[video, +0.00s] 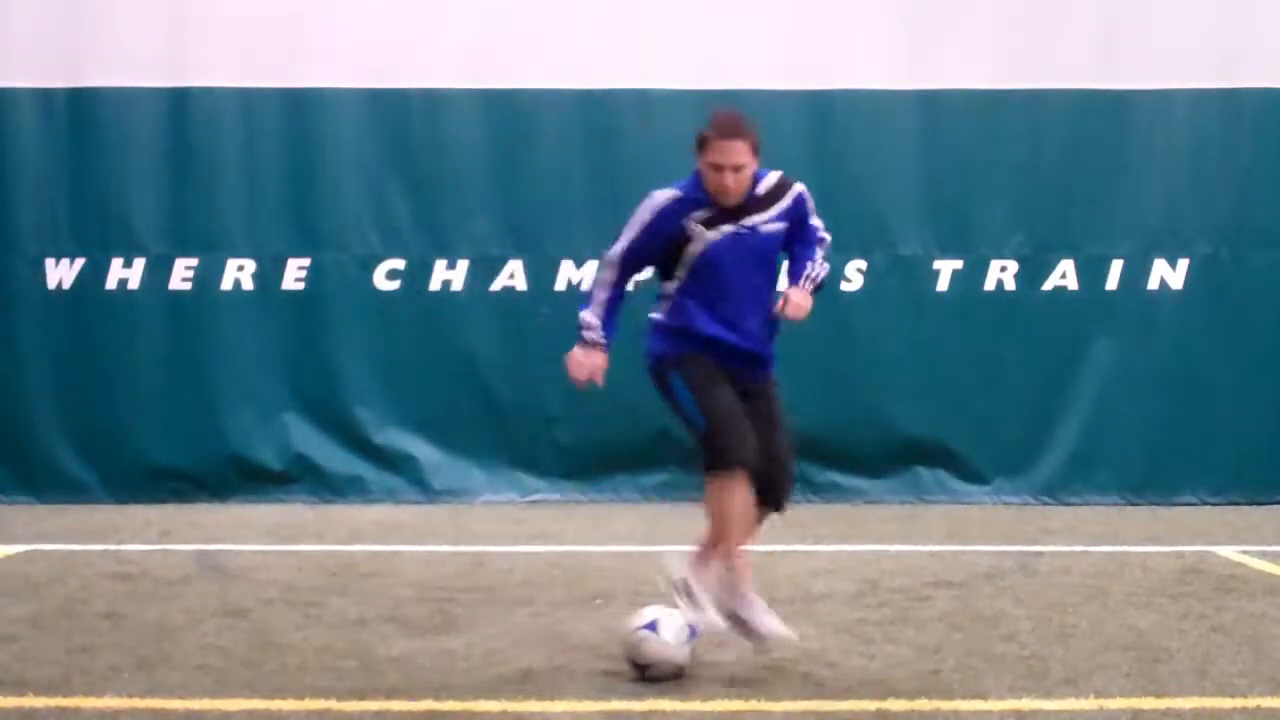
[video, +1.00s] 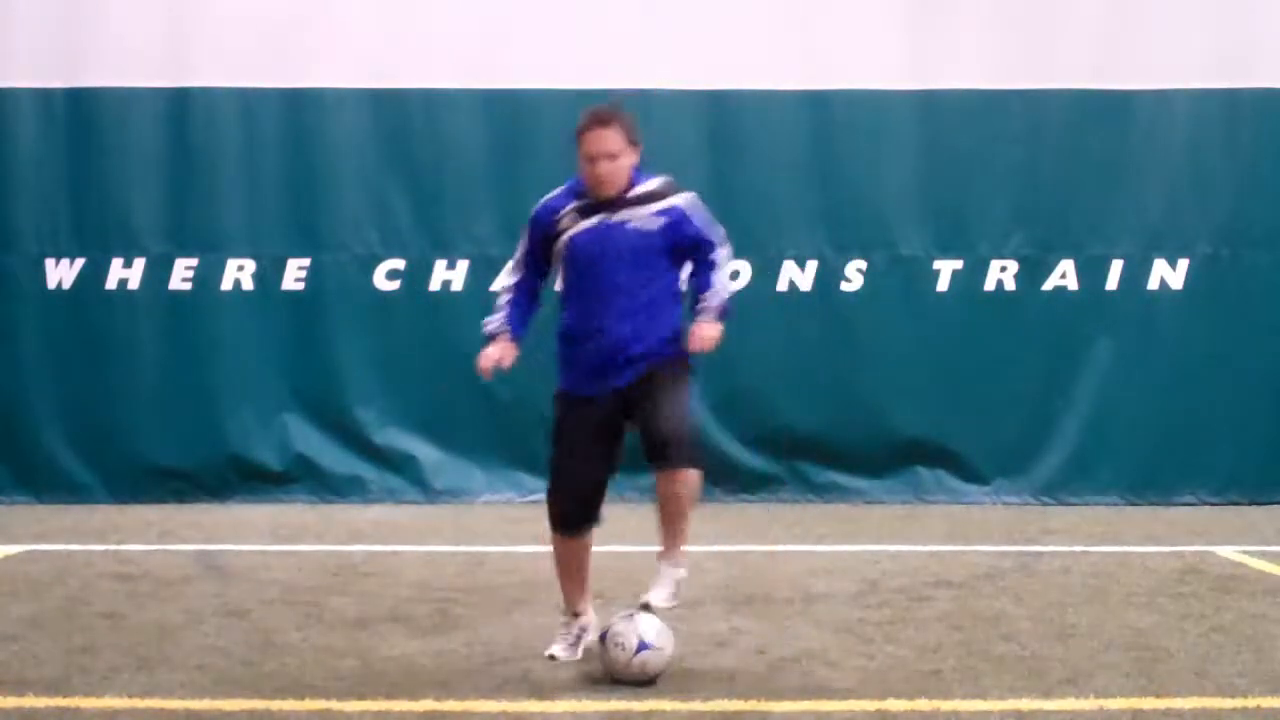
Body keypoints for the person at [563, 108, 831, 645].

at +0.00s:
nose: (729, 181)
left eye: (739, 169)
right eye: (717, 169)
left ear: (756, 163)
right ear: (699, 164)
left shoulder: (786, 197)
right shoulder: (673, 208)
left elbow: (814, 243)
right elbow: (616, 265)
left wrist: (803, 285)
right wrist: (593, 338)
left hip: (750, 357)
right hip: (685, 350)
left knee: (772, 479)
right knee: (732, 450)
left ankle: (697, 572)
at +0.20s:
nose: (777, 243)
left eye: (787, 230)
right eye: (764, 231)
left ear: (803, 222)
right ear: (746, 224)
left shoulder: (818, 253)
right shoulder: (720, 277)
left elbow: (836, 307)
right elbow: (677, 351)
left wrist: (841, 338)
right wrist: (652, 426)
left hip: (790, 417)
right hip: (731, 421)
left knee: (794, 534)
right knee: (807, 522)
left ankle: (677, 547)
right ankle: (802, 649)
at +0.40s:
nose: (776, 211)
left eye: (787, 198)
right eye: (764, 199)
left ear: (801, 192)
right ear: (744, 191)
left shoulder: (818, 228)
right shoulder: (712, 235)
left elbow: (846, 274)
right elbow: (653, 295)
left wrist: (861, 312)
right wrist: (625, 369)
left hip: (787, 399)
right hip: (724, 402)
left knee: (817, 507)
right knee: (780, 512)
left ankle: (702, 561)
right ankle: (798, 647)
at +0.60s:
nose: (746, 195)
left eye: (757, 183)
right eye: (735, 182)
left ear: (775, 179)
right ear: (718, 177)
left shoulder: (797, 229)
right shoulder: (685, 224)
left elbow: (820, 296)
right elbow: (631, 284)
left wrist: (824, 355)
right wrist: (614, 362)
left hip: (758, 394)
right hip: (685, 390)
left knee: (770, 519)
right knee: (691, 493)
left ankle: (765, 633)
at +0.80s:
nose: (684, 163)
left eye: (694, 152)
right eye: (674, 154)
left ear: (713, 151)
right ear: (659, 156)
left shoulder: (744, 198)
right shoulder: (628, 205)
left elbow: (777, 260)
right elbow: (583, 273)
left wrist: (781, 310)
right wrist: (565, 329)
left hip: (720, 379)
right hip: (643, 373)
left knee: (735, 498)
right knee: (587, 469)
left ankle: (755, 621)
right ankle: (535, 592)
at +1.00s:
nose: (600, 169)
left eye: (610, 157)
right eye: (590, 159)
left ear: (634, 154)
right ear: (578, 161)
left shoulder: (669, 201)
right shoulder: (555, 214)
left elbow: (715, 254)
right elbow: (523, 276)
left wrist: (709, 314)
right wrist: (504, 333)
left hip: (657, 366)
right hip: (586, 378)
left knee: (676, 444)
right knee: (568, 503)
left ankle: (672, 562)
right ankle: (578, 618)